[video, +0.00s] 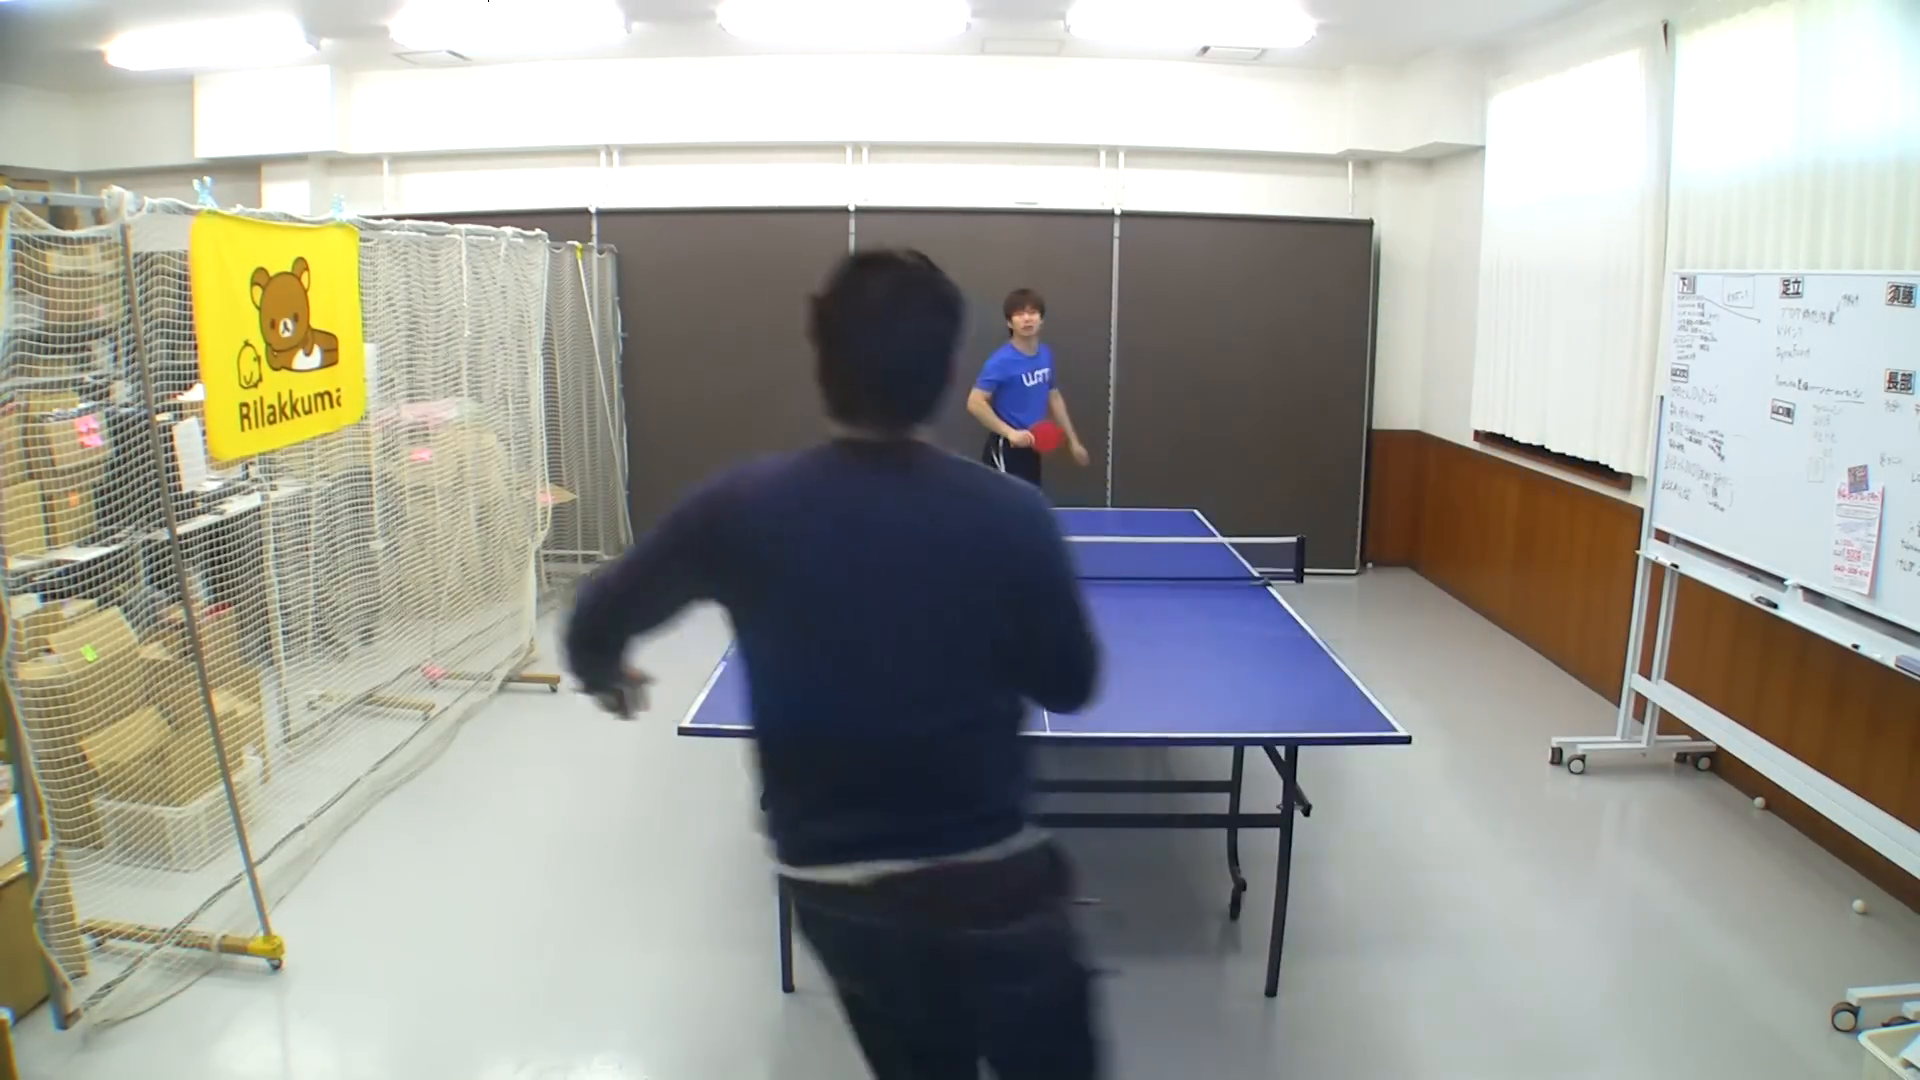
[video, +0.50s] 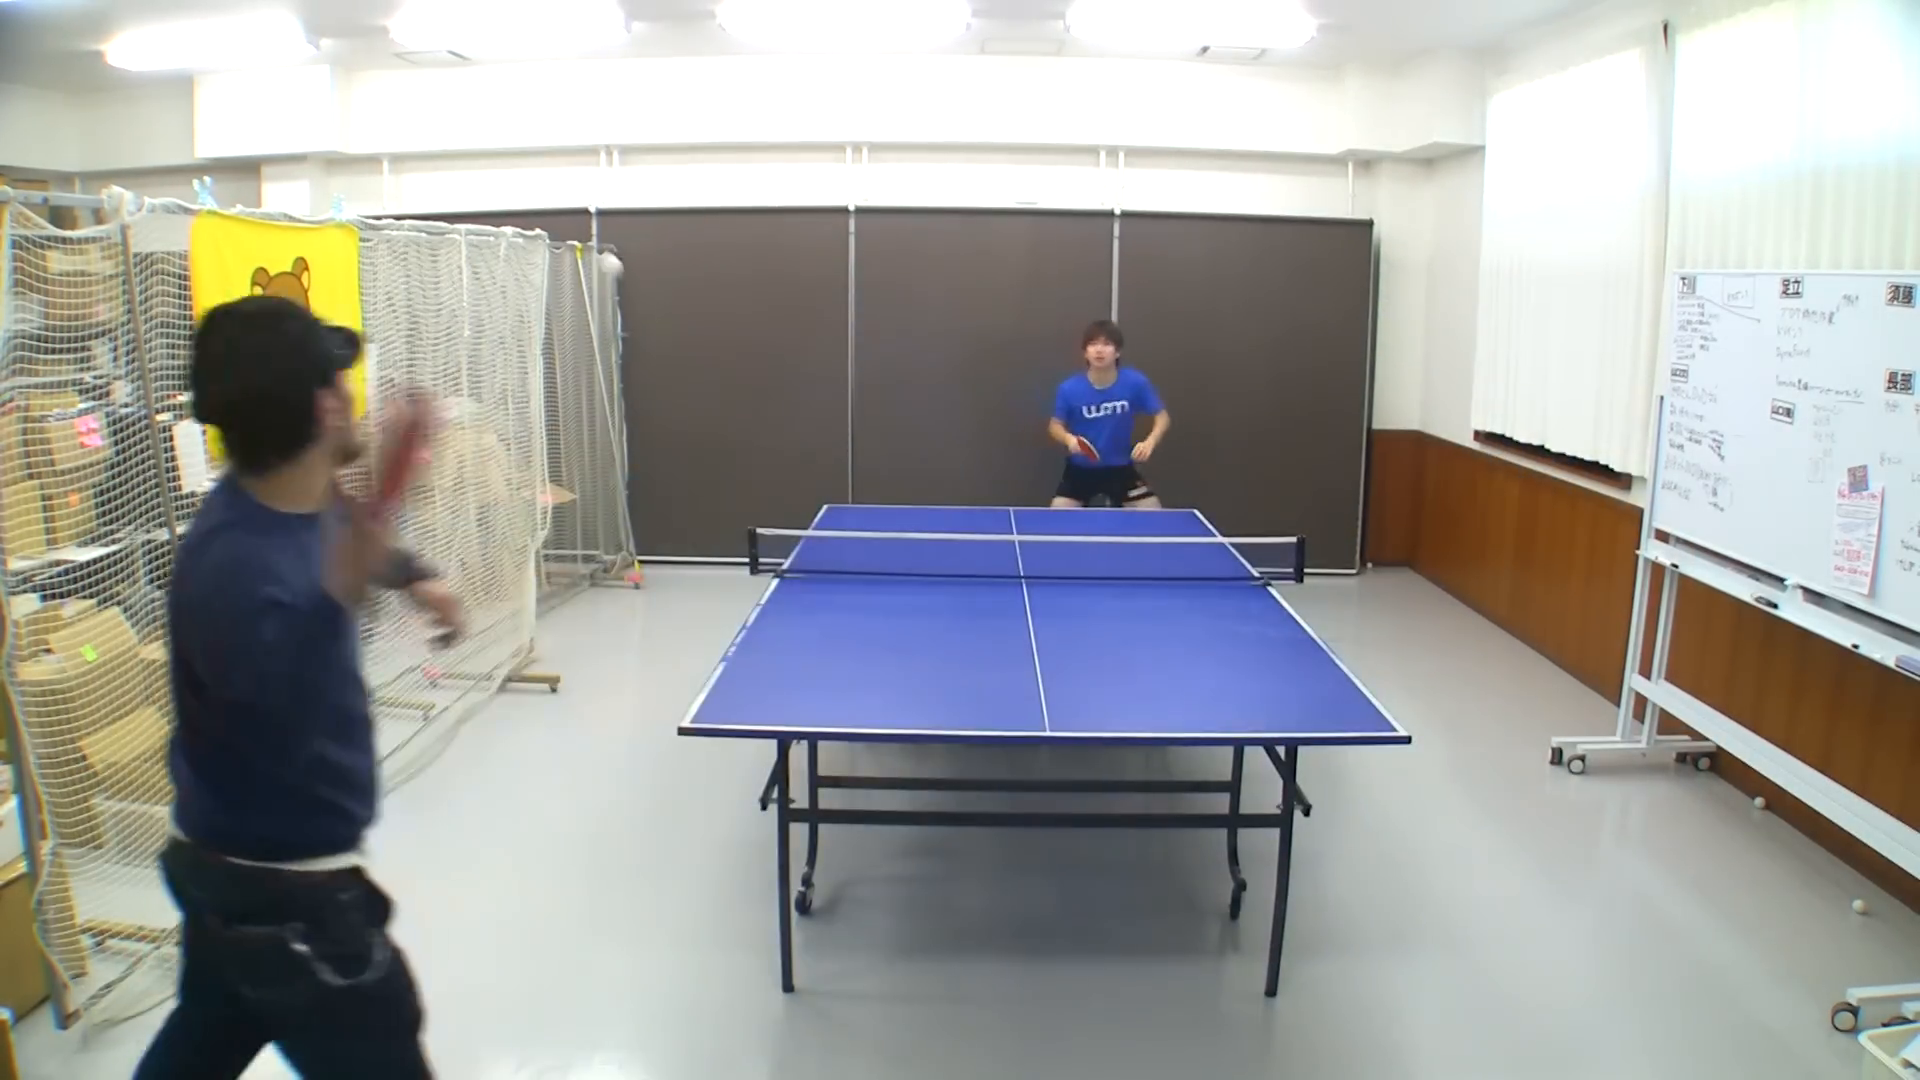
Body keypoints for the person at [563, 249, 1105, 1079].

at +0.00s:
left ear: (824, 364)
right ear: (948, 372)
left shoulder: (746, 507)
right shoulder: (1007, 516)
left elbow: (598, 615)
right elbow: (1068, 682)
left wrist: (605, 673)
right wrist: (974, 621)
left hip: (844, 896)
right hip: (993, 881)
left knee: (922, 1067)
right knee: (1056, 1065)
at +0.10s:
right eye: (839, 320)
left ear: (712, 328)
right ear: (837, 343)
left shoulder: (624, 459)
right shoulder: (879, 498)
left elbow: (492, 584)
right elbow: (945, 668)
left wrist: (508, 660)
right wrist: (874, 580)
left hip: (676, 868)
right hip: (819, 873)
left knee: (790, 1044)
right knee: (831, 1060)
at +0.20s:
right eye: (718, 349)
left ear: (594, 356)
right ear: (714, 371)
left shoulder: (504, 488)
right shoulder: (732, 542)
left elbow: (421, 646)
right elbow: (827, 718)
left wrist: (532, 635)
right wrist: (892, 681)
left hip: (516, 871)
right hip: (634, 897)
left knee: (593, 1062)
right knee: (652, 1063)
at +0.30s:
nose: (595, 386)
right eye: (594, 368)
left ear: (463, 379)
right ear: (581, 387)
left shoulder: (396, 517)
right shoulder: (546, 575)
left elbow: (451, 649)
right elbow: (636, 774)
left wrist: (585, 606)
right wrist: (814, 754)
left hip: (389, 882)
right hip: (501, 913)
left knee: (436, 1007)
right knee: (569, 1061)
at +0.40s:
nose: (461, 397)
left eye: (453, 378)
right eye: (453, 380)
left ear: (344, 402)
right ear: (433, 402)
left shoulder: (340, 505)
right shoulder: (375, 578)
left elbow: (409, 551)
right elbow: (423, 761)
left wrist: (506, 572)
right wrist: (575, 715)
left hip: (306, 872)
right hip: (382, 902)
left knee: (269, 1031)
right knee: (480, 1065)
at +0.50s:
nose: (352, 399)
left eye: (345, 382)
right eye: (344, 384)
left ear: (234, 419)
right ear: (326, 409)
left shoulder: (290, 507)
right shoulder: (235, 565)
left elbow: (352, 547)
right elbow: (274, 676)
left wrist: (419, 577)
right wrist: (346, 569)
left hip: (229, 873)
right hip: (293, 898)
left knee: (206, 1042)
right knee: (384, 1066)